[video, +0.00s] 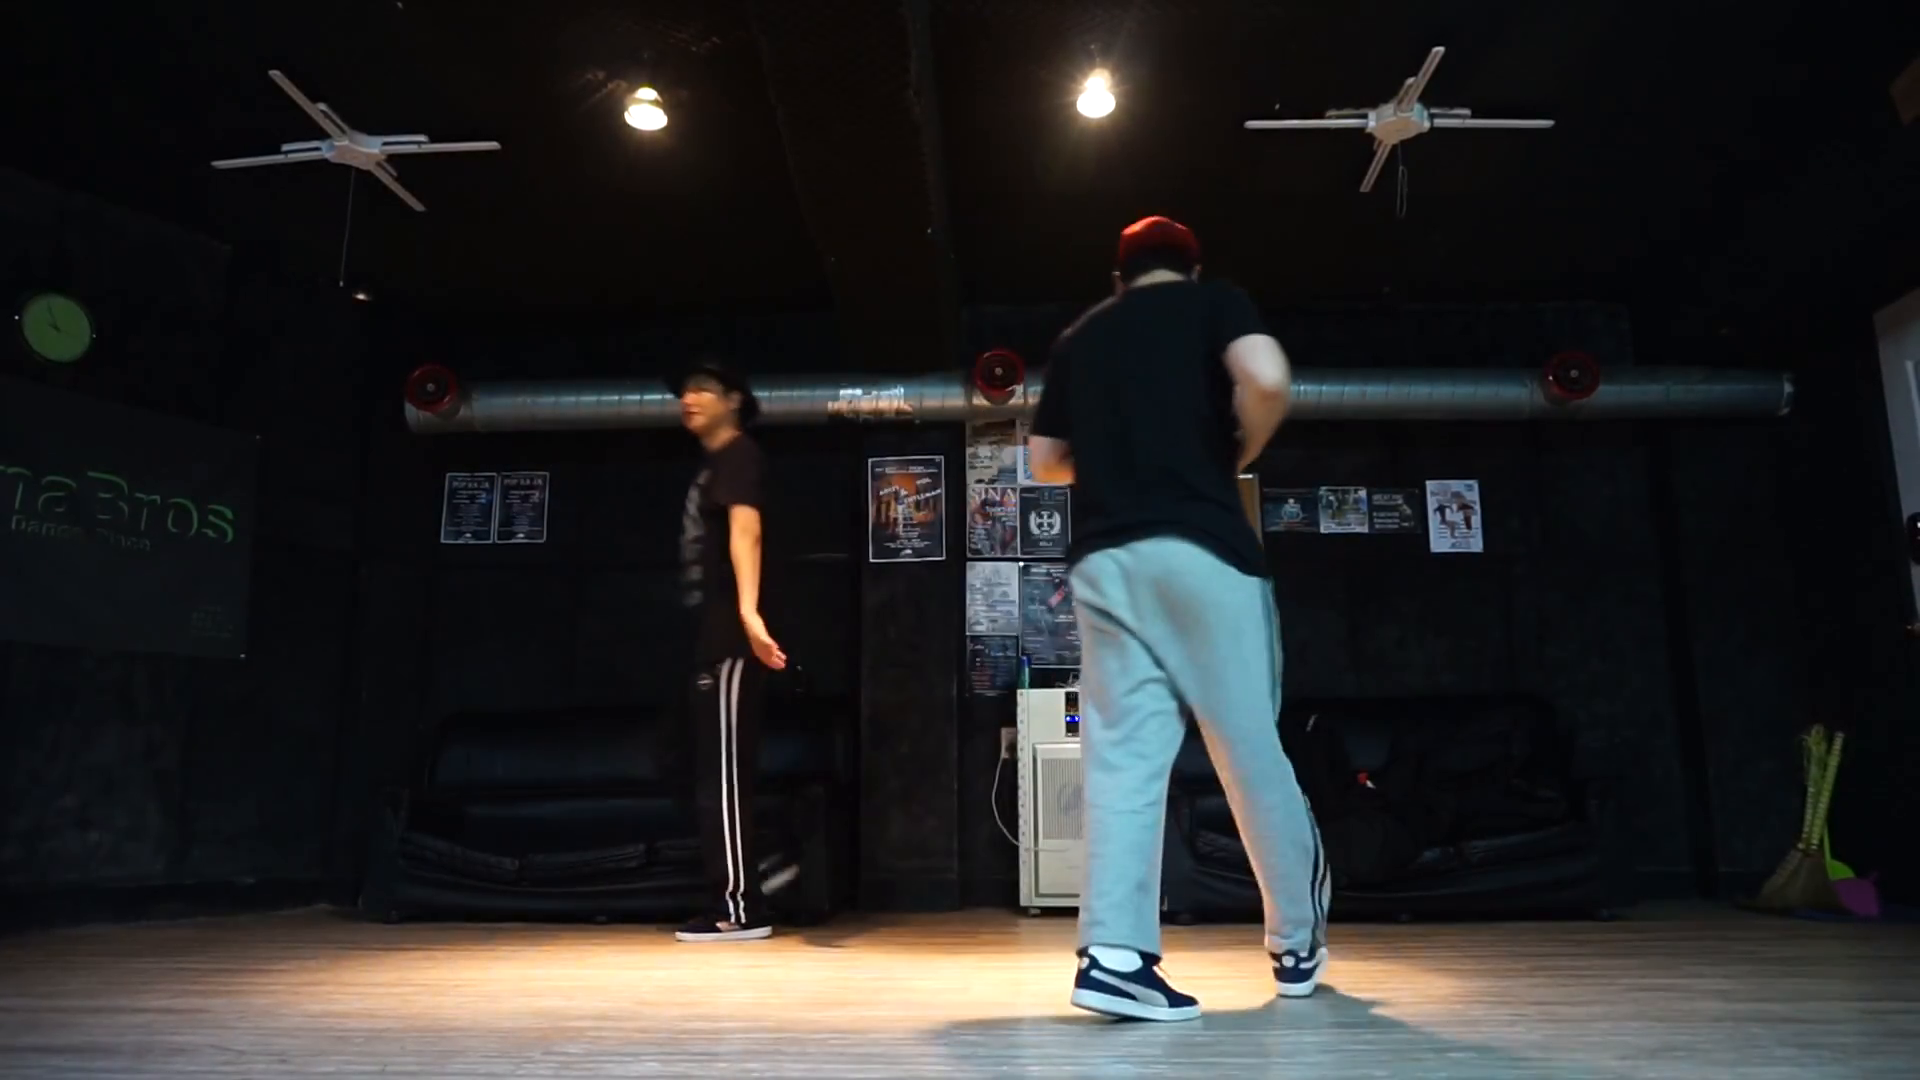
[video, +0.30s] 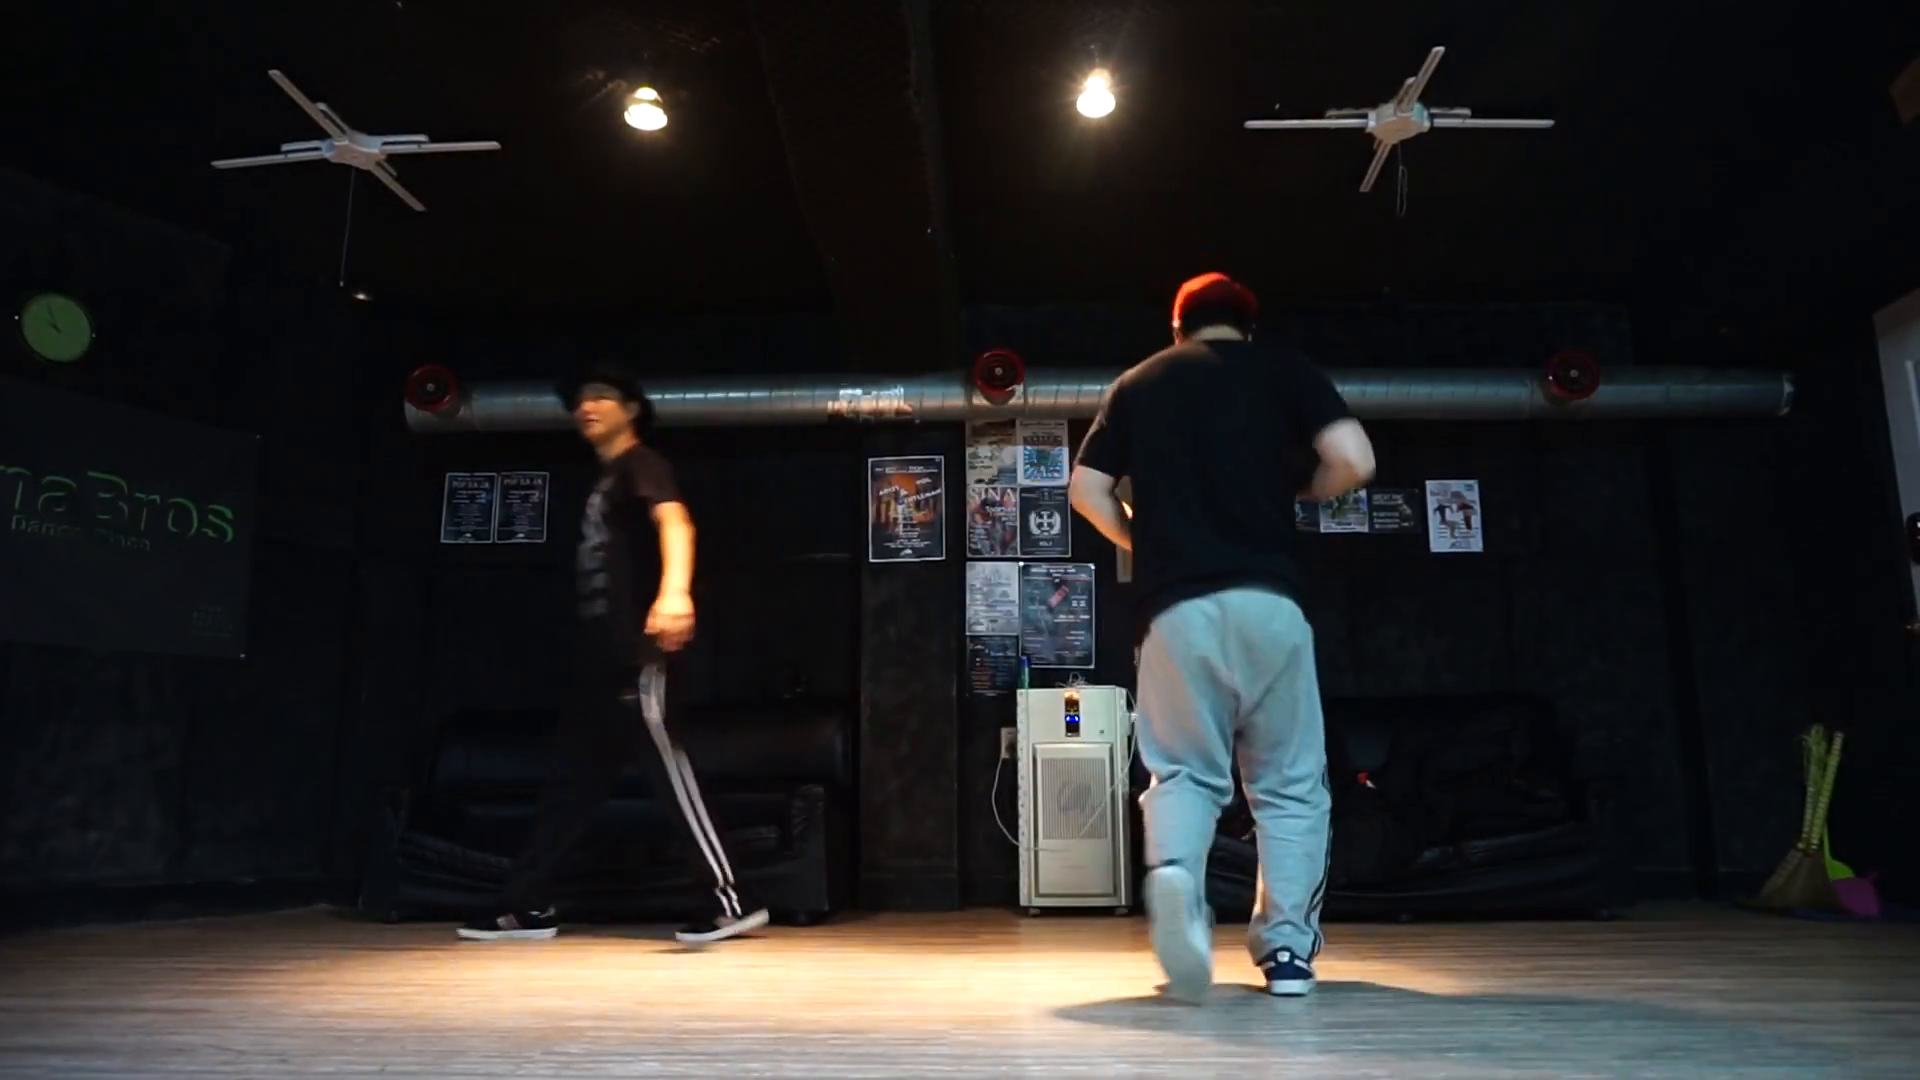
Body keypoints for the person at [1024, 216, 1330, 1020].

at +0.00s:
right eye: (1186, 264)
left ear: (1119, 275)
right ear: (1192, 267)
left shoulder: (1078, 339)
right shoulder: (1215, 300)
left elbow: (1047, 461)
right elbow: (1267, 381)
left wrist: (1120, 461)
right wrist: (1241, 457)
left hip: (1103, 555)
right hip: (1199, 542)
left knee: (1124, 757)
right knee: (1250, 751)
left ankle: (1114, 958)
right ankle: (1296, 944)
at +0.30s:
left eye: (1188, 321)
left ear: (1179, 328)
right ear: (1249, 324)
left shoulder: (1137, 383)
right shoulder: (1283, 368)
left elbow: (1087, 489)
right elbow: (1353, 459)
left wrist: (1137, 543)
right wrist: (1287, 485)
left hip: (1177, 605)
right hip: (1267, 598)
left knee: (1183, 770)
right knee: (1290, 785)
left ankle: (1173, 879)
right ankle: (1287, 949)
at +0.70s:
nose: (1134, 349)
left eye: (1136, 338)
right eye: (1135, 339)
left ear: (1150, 334)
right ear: (1207, 325)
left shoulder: (1151, 372)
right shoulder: (1264, 388)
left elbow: (1142, 445)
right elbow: (1310, 498)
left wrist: (1115, 508)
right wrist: (1246, 518)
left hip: (1184, 587)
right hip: (1271, 584)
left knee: (1186, 765)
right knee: (1273, 761)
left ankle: (1220, 931)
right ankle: (1284, 936)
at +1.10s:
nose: (1081, 392)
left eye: (1087, 378)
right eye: (1080, 380)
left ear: (1119, 372)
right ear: (1131, 373)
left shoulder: (1146, 423)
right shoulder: (1191, 423)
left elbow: (1180, 506)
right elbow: (1243, 524)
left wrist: (1088, 530)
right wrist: (1174, 560)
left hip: (1153, 634)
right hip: (1203, 629)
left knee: (1134, 788)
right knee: (1163, 770)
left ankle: (1216, 935)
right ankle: (1237, 885)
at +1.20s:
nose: (1068, 380)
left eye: (1076, 368)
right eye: (1068, 369)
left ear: (1112, 367)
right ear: (1117, 372)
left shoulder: (1132, 413)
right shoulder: (1166, 417)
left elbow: (1165, 490)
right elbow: (1228, 510)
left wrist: (1068, 518)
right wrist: (1157, 552)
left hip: (1146, 620)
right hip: (1178, 616)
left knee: (1144, 781)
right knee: (1120, 776)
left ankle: (1219, 930)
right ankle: (1154, 913)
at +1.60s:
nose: (1014, 417)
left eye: (1024, 405)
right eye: (1010, 410)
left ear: (1058, 406)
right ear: (1013, 419)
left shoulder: (1073, 448)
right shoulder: (1071, 455)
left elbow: (1108, 507)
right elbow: (1114, 539)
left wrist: (1034, 552)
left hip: (1080, 649)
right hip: (1085, 647)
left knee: (1027, 785)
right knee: (1039, 783)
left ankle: (1161, 865)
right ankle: (1090, 920)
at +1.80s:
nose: (992, 405)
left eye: (1004, 392)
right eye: (986, 396)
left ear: (1037, 399)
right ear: (984, 407)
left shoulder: (1058, 448)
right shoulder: (1033, 460)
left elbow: (1111, 508)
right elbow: (1038, 553)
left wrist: (1057, 570)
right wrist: (977, 548)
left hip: (1046, 643)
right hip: (1057, 643)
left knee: (978, 765)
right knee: (1044, 778)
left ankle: (1045, 904)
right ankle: (1093, 916)